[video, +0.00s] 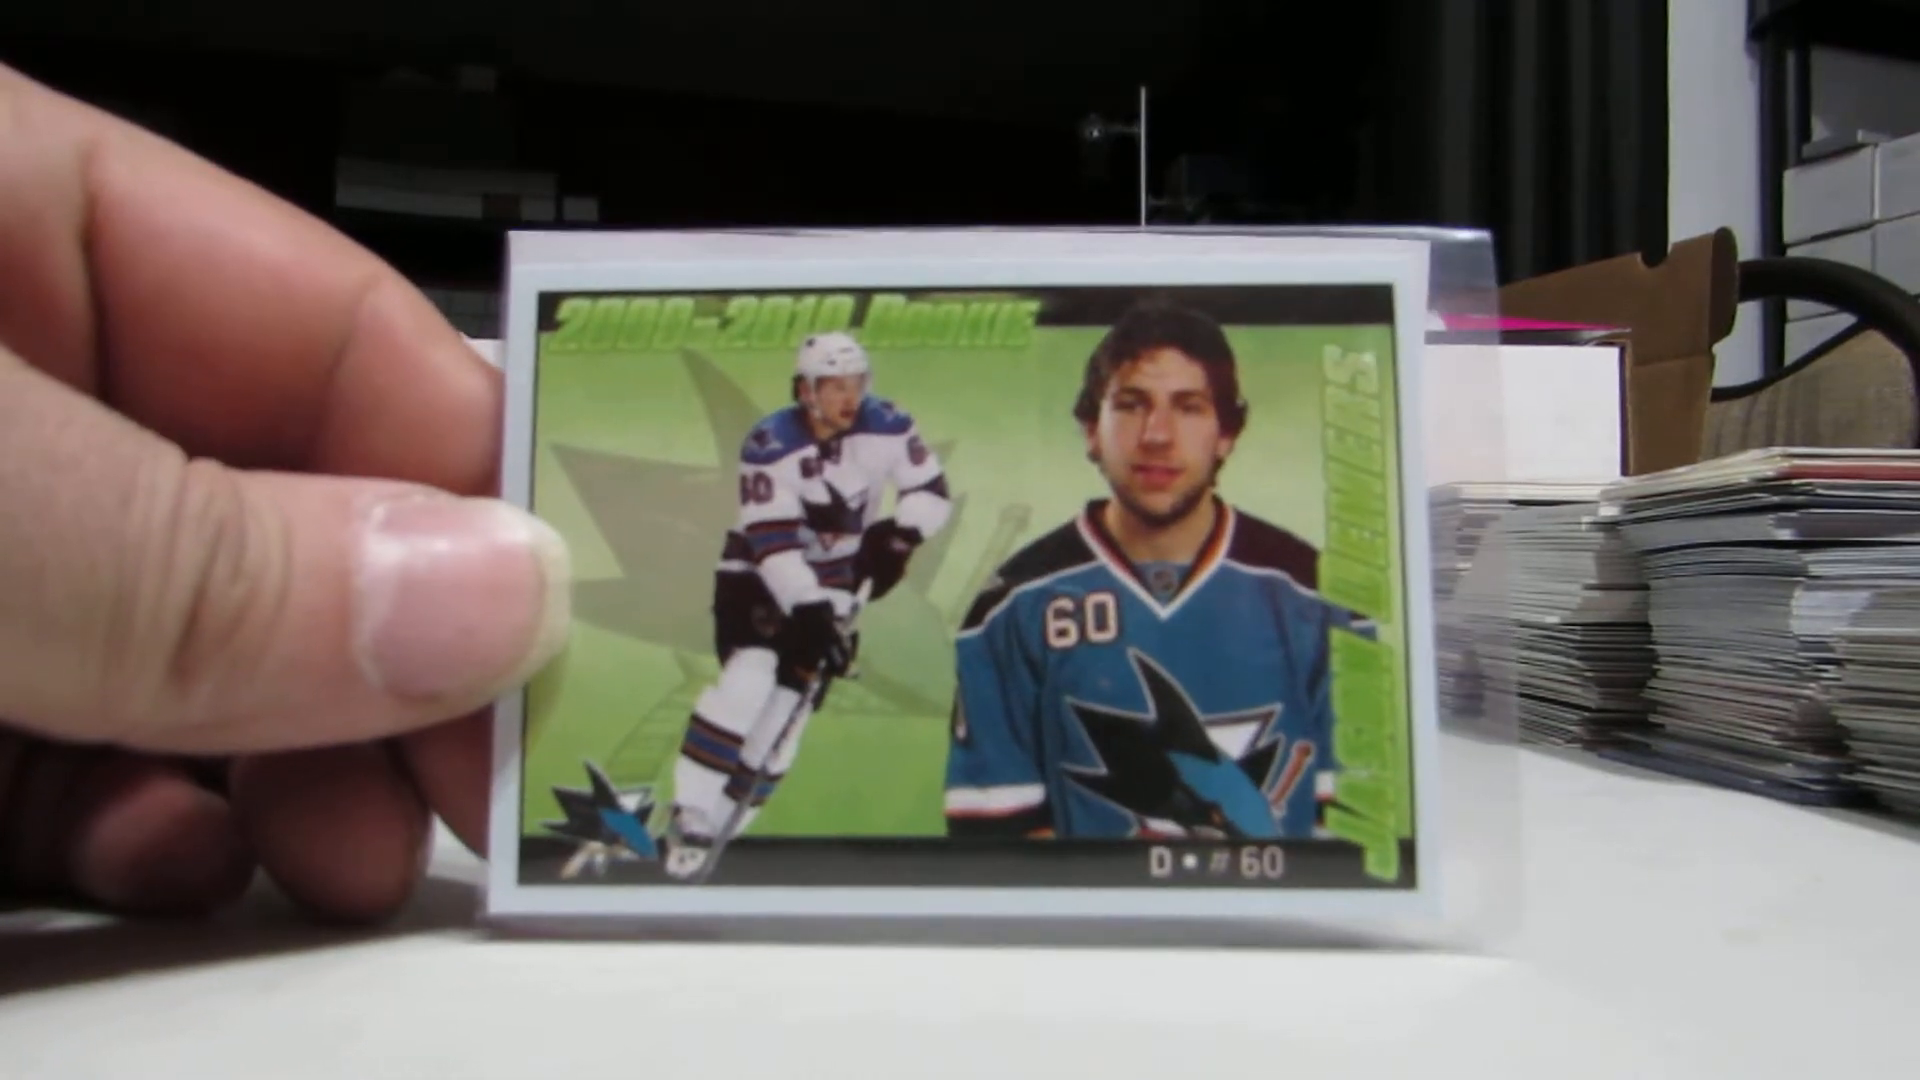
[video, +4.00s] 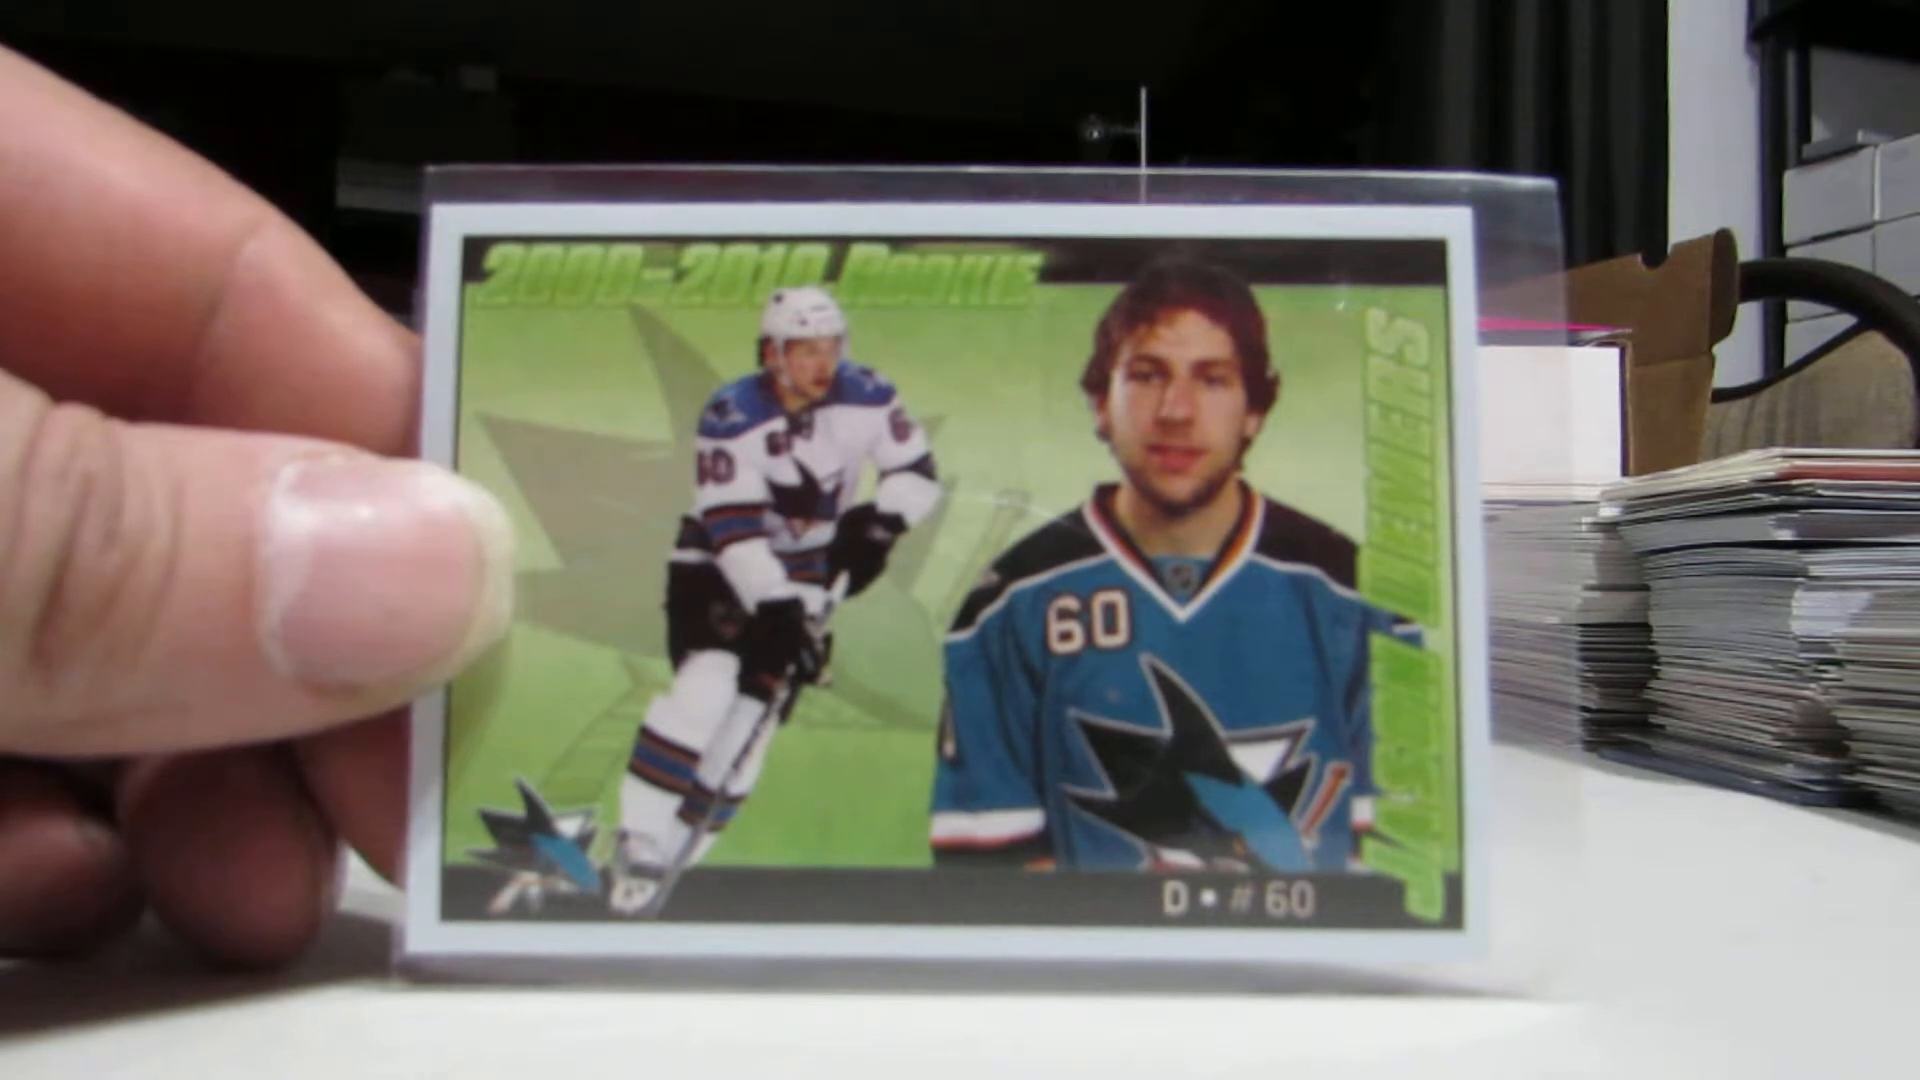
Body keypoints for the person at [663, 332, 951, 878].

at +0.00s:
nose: (849, 399)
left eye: (856, 386)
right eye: (836, 388)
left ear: (866, 386)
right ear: (806, 391)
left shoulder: (887, 427)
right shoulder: (771, 443)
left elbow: (929, 491)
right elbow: (771, 537)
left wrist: (898, 539)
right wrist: (808, 607)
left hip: (835, 581)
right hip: (761, 573)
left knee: (790, 705)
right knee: (750, 675)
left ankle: (724, 825)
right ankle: (693, 816)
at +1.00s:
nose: (841, 357)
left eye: (848, 344)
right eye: (826, 344)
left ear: (858, 343)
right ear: (791, 348)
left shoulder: (881, 392)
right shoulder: (749, 407)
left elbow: (927, 465)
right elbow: (746, 512)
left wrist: (888, 519)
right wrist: (786, 594)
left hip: (817, 563)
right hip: (734, 550)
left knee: (763, 700)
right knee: (720, 665)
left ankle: (686, 836)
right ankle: (651, 826)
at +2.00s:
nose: (826, 363)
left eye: (833, 349)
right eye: (810, 351)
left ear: (843, 349)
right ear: (774, 356)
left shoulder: (868, 398)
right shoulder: (733, 416)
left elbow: (916, 473)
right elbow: (732, 523)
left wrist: (878, 527)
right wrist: (776, 603)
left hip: (807, 573)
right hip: (722, 562)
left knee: (754, 716)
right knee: (709, 680)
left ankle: (678, 853)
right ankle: (642, 842)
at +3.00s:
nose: (823, 363)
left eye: (831, 349)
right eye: (807, 350)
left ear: (842, 350)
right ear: (772, 356)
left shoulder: (868, 399)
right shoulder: (732, 416)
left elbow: (916, 474)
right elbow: (731, 523)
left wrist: (876, 527)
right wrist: (774, 604)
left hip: (806, 574)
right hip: (721, 564)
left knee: (753, 718)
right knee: (707, 682)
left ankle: (679, 854)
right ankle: (640, 844)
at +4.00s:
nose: (822, 364)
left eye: (831, 350)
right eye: (806, 351)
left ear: (842, 350)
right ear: (772, 356)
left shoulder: (867, 398)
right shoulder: (732, 416)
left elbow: (916, 473)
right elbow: (732, 523)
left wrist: (877, 527)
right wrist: (775, 605)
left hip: (807, 573)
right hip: (721, 564)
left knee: (755, 715)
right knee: (709, 681)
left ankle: (681, 851)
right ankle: (642, 840)